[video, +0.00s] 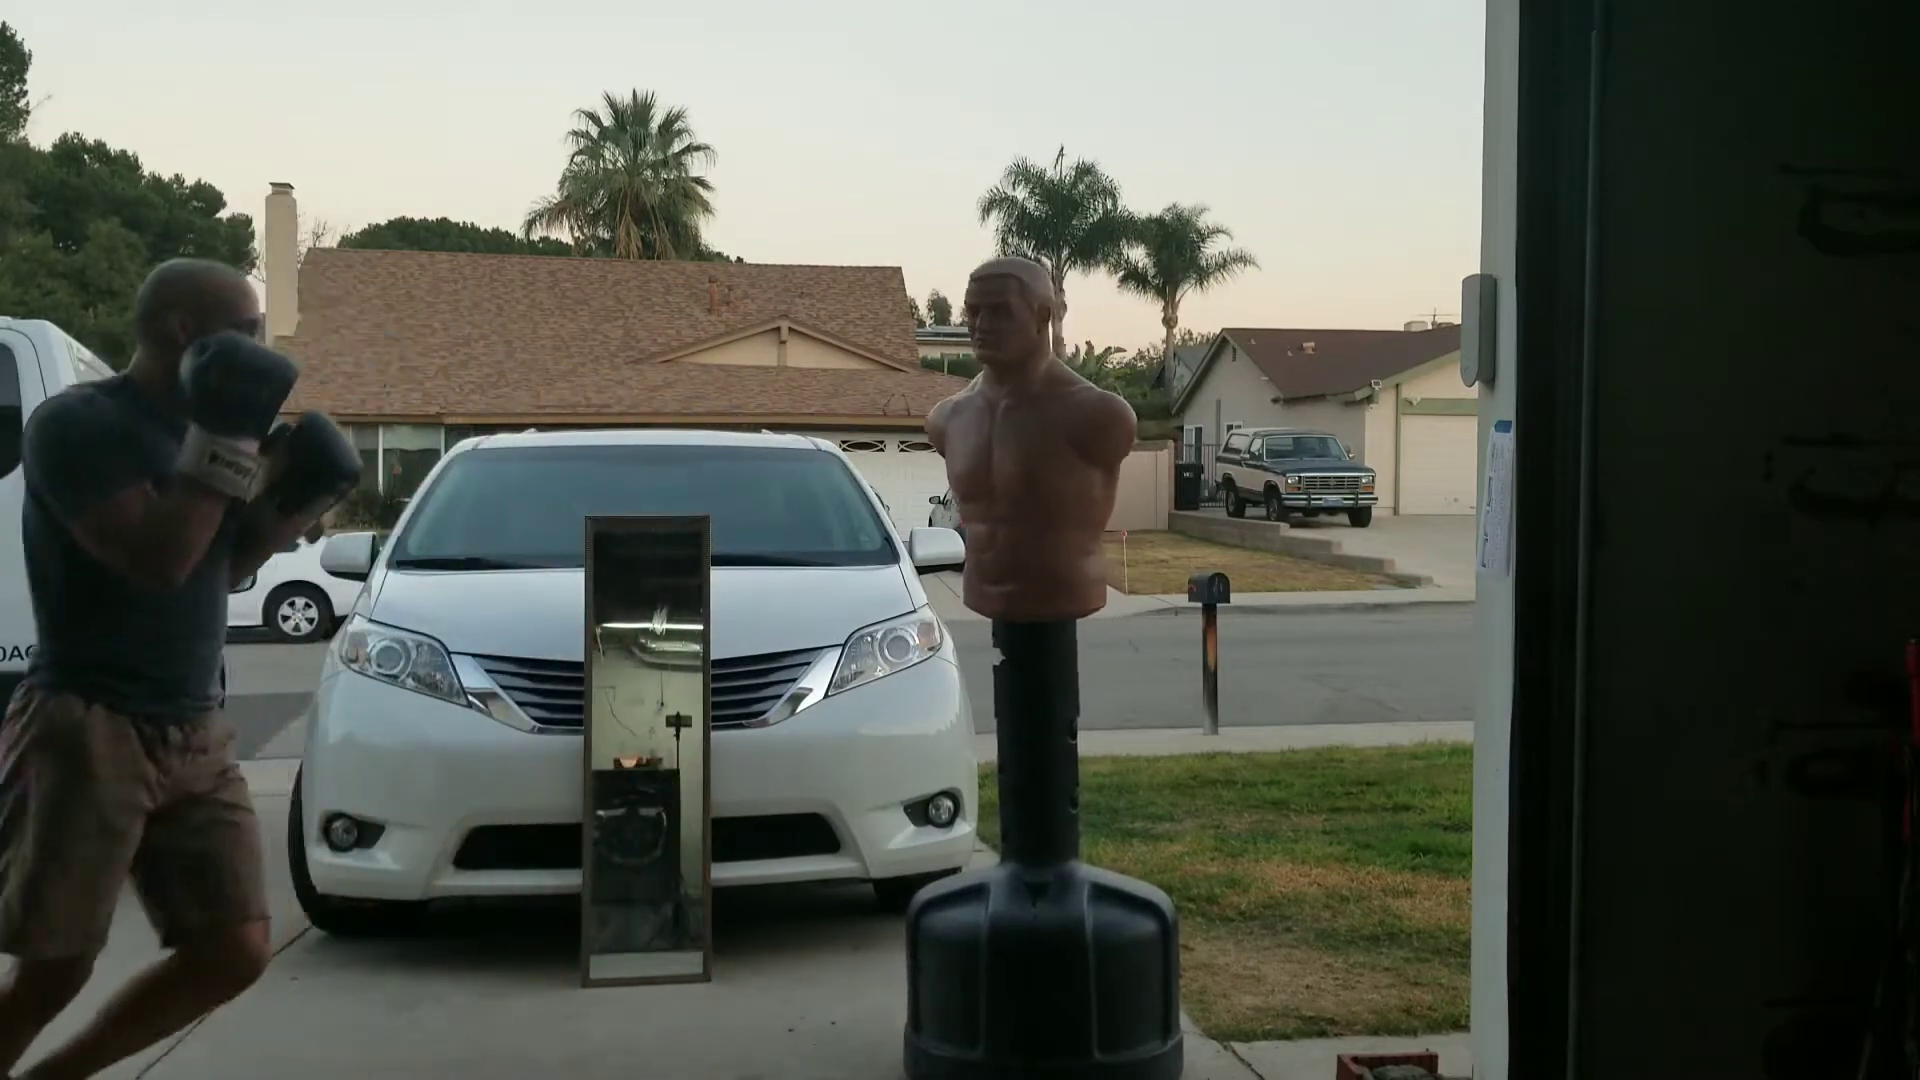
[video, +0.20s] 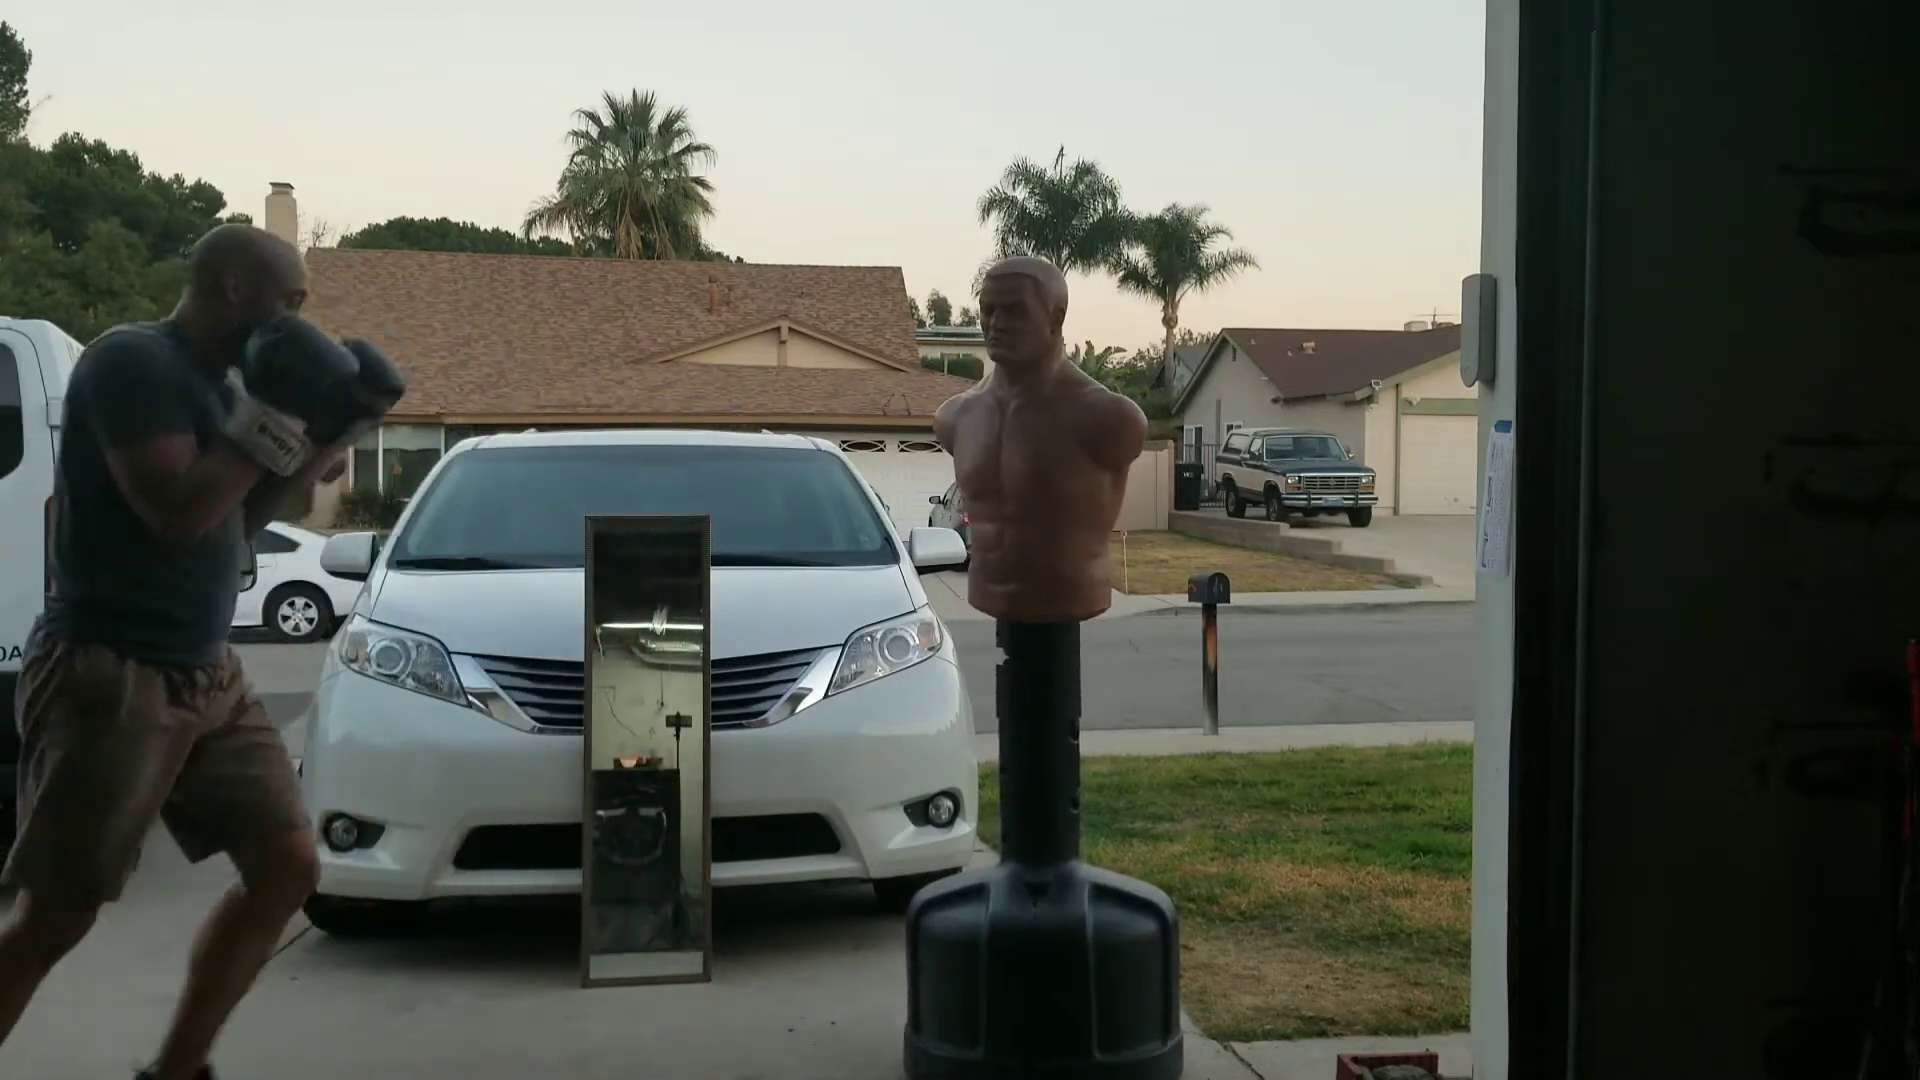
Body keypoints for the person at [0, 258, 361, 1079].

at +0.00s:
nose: (253, 358)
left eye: (258, 341)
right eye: (238, 338)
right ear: (177, 334)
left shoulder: (206, 437)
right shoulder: (73, 423)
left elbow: (217, 568)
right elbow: (161, 559)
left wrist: (290, 506)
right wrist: (229, 438)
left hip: (194, 735)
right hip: (82, 732)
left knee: (232, 953)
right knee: (54, 968)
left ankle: (52, 1072)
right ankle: (4, 1068)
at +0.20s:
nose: (292, 321)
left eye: (297, 306)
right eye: (284, 303)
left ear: (237, 292)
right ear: (229, 288)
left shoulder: (231, 383)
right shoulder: (127, 361)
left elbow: (250, 512)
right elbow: (180, 512)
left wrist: (327, 427)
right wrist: (279, 416)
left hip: (207, 673)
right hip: (105, 675)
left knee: (286, 867)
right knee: (55, 912)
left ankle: (178, 1067)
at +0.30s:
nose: (309, 351)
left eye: (316, 336)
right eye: (309, 332)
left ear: (269, 312)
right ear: (271, 312)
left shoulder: (232, 392)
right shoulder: (179, 368)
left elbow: (310, 520)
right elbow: (278, 508)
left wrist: (350, 411)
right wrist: (335, 395)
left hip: (215, 685)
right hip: (126, 685)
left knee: (310, 851)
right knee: (62, 921)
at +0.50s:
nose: (402, 410)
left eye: (406, 393)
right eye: (397, 388)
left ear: (340, 373)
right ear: (353, 373)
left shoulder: (286, 434)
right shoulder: (284, 424)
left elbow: (325, 574)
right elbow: (337, 571)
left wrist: (394, 482)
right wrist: (418, 480)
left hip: (284, 726)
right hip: (204, 730)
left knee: (395, 867)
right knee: (118, 959)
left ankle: (403, 1068)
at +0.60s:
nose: (451, 406)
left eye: (456, 389)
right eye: (452, 386)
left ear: (396, 364)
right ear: (412, 367)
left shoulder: (329, 416)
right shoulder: (345, 408)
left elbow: (333, 559)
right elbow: (367, 552)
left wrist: (419, 515)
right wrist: (452, 528)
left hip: (326, 708)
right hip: (253, 709)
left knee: (412, 865)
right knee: (217, 956)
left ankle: (403, 1069)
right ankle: (19, 1065)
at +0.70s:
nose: (499, 384)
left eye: (504, 368)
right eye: (499, 364)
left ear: (442, 349)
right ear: (454, 349)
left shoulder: (396, 417)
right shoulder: (368, 393)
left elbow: (401, 546)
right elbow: (403, 542)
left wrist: (472, 491)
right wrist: (494, 481)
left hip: (350, 691)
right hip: (280, 689)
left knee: (412, 868)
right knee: (304, 936)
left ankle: (403, 1068)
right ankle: (102, 1071)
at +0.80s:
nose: (532, 365)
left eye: (536, 348)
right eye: (526, 344)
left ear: (472, 332)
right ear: (479, 331)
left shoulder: (434, 418)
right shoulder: (378, 392)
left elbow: (444, 540)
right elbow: (424, 540)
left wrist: (542, 466)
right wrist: (522, 456)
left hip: (378, 684)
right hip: (305, 681)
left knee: (419, 874)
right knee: (355, 912)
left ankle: (403, 1069)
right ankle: (234, 1072)